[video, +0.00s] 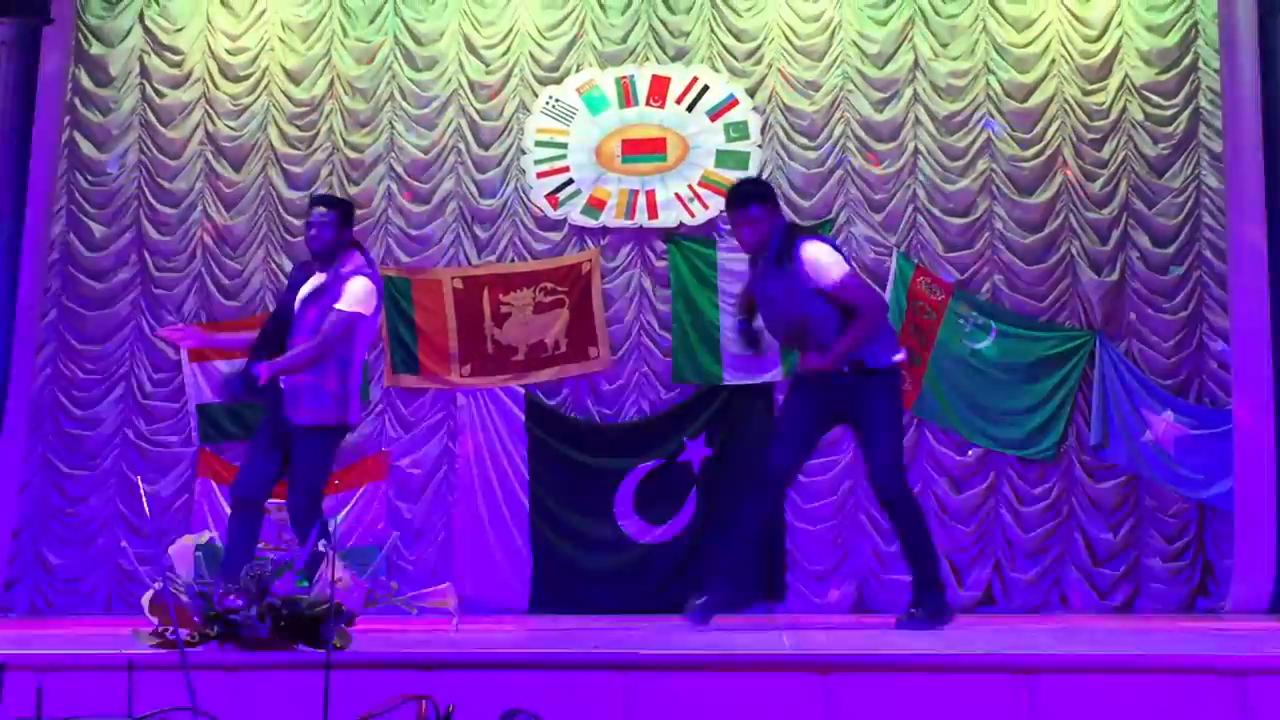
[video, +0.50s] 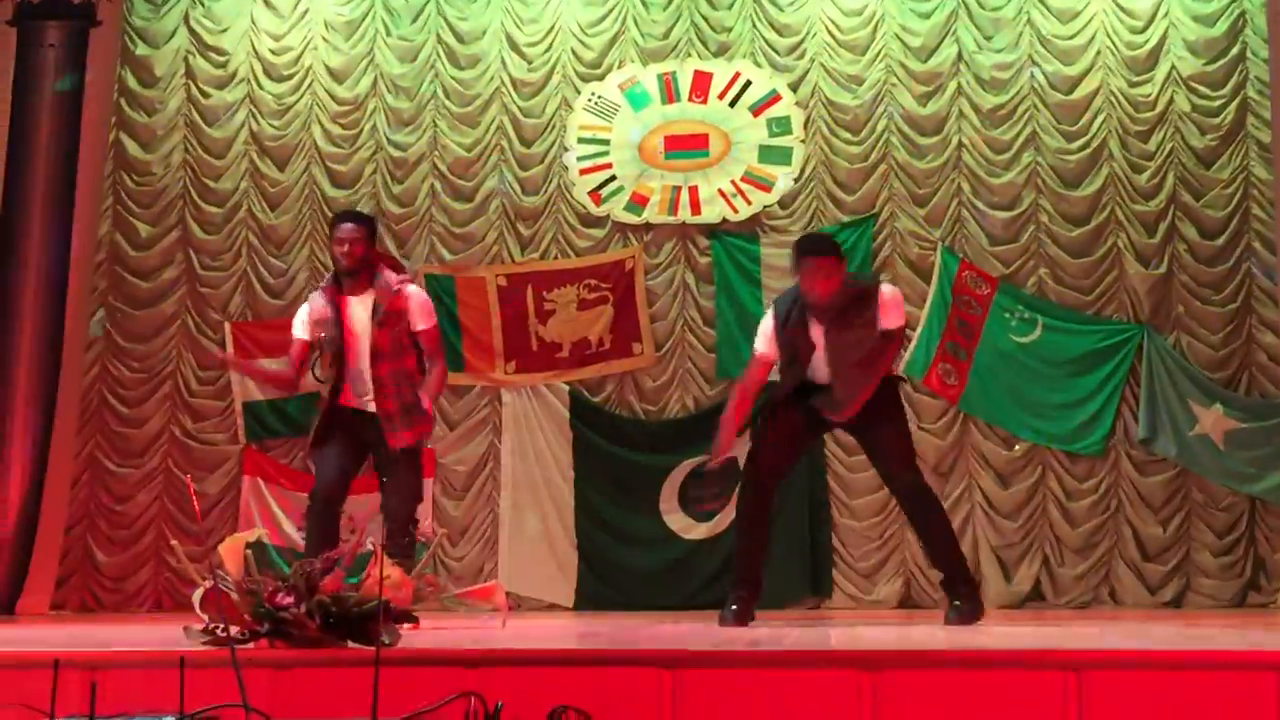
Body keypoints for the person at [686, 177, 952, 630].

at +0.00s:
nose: (743, 234)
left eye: (750, 222)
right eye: (736, 225)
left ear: (774, 216)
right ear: (733, 226)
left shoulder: (812, 255)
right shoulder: (761, 265)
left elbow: (875, 309)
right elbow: (756, 292)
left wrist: (830, 357)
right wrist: (746, 319)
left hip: (870, 378)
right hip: (814, 381)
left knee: (889, 484)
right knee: (771, 476)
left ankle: (931, 596)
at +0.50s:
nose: (820, 285)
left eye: (828, 274)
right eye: (811, 275)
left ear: (844, 272)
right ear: (798, 277)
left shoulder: (881, 301)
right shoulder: (781, 317)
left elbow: (884, 361)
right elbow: (748, 386)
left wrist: (851, 401)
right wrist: (722, 449)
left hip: (870, 395)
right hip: (804, 399)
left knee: (905, 482)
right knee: (758, 477)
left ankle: (962, 592)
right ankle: (742, 597)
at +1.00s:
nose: (806, 224)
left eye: (811, 215)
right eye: (807, 215)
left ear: (829, 218)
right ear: (850, 219)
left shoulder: (829, 258)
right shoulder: (885, 252)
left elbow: (870, 315)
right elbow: (937, 307)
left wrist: (870, 388)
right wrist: (968, 369)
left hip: (916, 376)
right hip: (950, 367)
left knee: (933, 493)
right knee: (940, 488)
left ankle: (1012, 604)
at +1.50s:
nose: (814, 212)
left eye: (822, 203)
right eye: (805, 205)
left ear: (835, 204)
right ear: (793, 209)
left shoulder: (860, 235)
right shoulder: (783, 267)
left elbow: (916, 263)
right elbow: (767, 338)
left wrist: (938, 327)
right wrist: (774, 390)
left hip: (872, 396)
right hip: (811, 400)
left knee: (899, 506)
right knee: (795, 506)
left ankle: (929, 625)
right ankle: (799, 621)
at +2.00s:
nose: (819, 224)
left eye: (828, 215)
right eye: (810, 215)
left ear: (839, 216)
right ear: (795, 215)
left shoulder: (865, 263)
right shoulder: (770, 265)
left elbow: (877, 339)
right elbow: (752, 340)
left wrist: (828, 296)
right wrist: (803, 301)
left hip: (848, 401)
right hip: (789, 403)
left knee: (880, 508)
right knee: (758, 509)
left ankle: (917, 629)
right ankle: (726, 629)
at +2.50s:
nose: (844, 262)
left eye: (853, 253)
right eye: (834, 253)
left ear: (865, 255)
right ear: (818, 256)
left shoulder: (891, 301)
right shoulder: (793, 309)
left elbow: (925, 366)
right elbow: (773, 379)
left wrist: (908, 404)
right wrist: (784, 378)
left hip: (877, 446)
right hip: (815, 450)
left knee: (909, 556)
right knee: (787, 557)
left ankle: (945, 675)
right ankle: (756, 677)